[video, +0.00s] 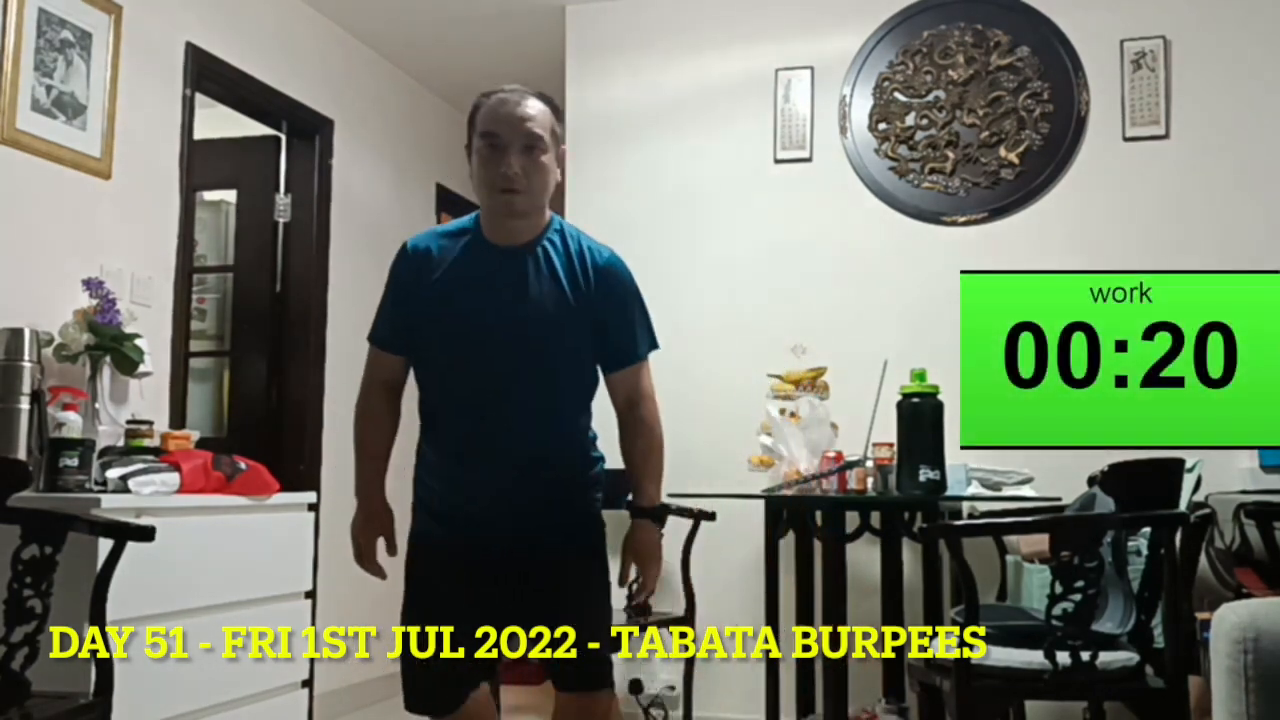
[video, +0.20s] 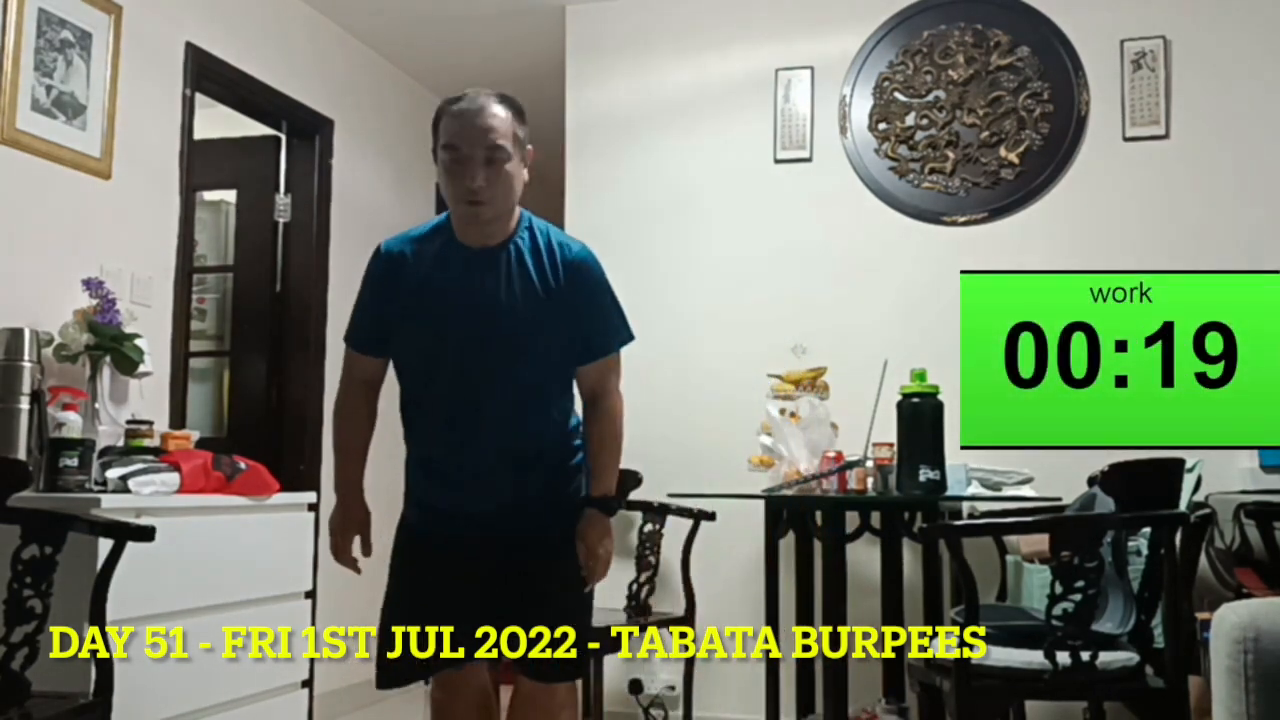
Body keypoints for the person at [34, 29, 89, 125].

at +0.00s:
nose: (66, 51)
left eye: (69, 48)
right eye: (63, 49)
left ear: (74, 49)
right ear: (61, 50)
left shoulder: (79, 66)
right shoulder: (62, 60)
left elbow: (69, 89)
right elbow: (57, 81)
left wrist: (49, 82)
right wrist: (49, 101)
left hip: (79, 102)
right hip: (64, 95)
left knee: (64, 98)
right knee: (48, 88)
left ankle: (70, 119)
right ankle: (61, 116)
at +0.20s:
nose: (66, 51)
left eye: (69, 48)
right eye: (63, 49)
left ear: (74, 49)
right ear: (60, 50)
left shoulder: (79, 65)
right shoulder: (61, 60)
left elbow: (70, 89)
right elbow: (57, 81)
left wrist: (49, 83)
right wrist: (49, 101)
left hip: (79, 102)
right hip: (63, 94)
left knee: (64, 98)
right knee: (48, 88)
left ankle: (70, 119)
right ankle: (61, 117)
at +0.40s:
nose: (66, 51)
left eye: (69, 48)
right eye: (63, 49)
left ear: (74, 49)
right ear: (60, 50)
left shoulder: (79, 65)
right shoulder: (61, 60)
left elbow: (70, 89)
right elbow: (57, 81)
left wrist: (49, 83)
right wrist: (49, 101)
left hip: (79, 102)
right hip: (63, 94)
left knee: (64, 98)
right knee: (48, 88)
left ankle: (70, 119)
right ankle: (61, 117)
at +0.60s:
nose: (66, 51)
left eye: (69, 48)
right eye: (63, 49)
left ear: (74, 49)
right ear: (60, 50)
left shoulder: (79, 65)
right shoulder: (61, 60)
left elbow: (70, 89)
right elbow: (57, 81)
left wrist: (49, 83)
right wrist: (49, 101)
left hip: (79, 102)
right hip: (63, 94)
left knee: (64, 98)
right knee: (48, 88)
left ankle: (70, 119)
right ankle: (61, 117)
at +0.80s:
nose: (67, 52)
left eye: (69, 48)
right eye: (63, 50)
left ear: (74, 49)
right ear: (61, 51)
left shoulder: (79, 66)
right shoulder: (61, 60)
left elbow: (70, 89)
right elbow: (57, 81)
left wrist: (49, 83)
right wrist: (49, 101)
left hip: (80, 101)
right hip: (63, 95)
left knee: (64, 98)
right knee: (48, 88)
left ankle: (70, 120)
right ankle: (61, 117)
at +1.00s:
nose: (66, 51)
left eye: (69, 48)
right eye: (63, 48)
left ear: (74, 49)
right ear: (60, 50)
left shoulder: (79, 65)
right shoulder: (61, 60)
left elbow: (70, 89)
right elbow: (57, 81)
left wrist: (49, 83)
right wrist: (49, 101)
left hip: (80, 102)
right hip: (63, 95)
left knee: (64, 98)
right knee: (48, 88)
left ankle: (70, 120)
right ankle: (61, 117)